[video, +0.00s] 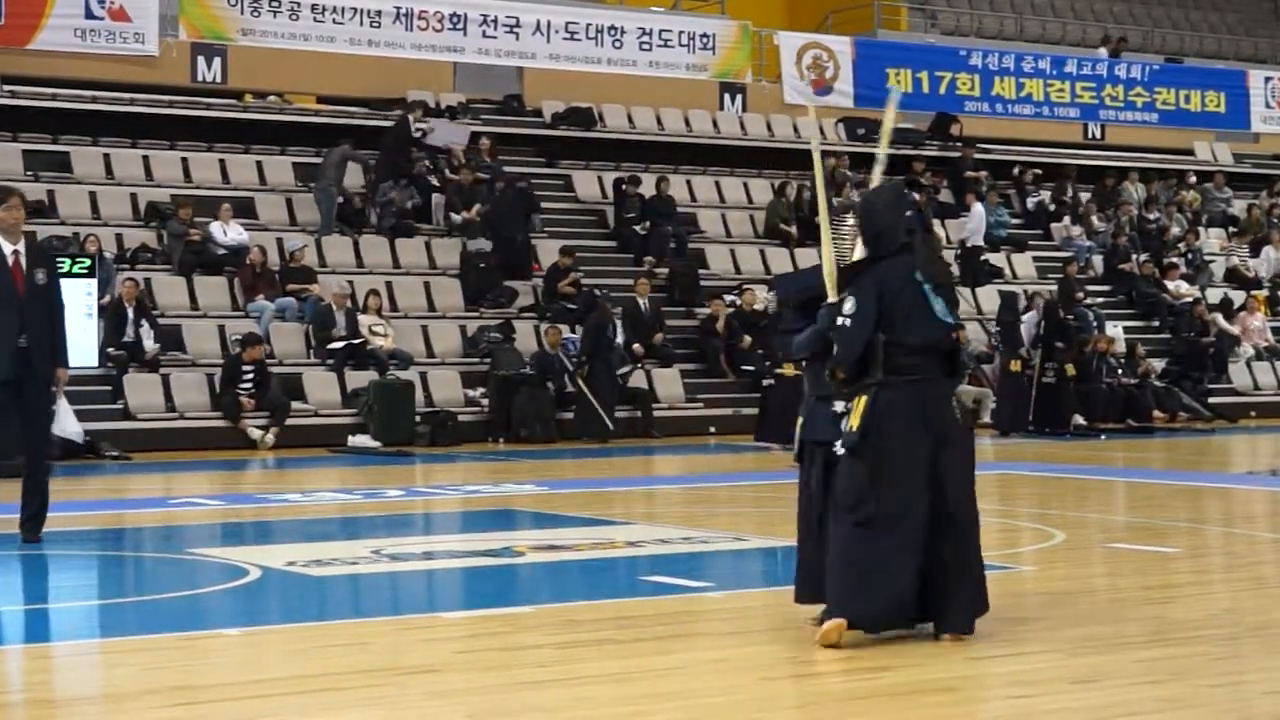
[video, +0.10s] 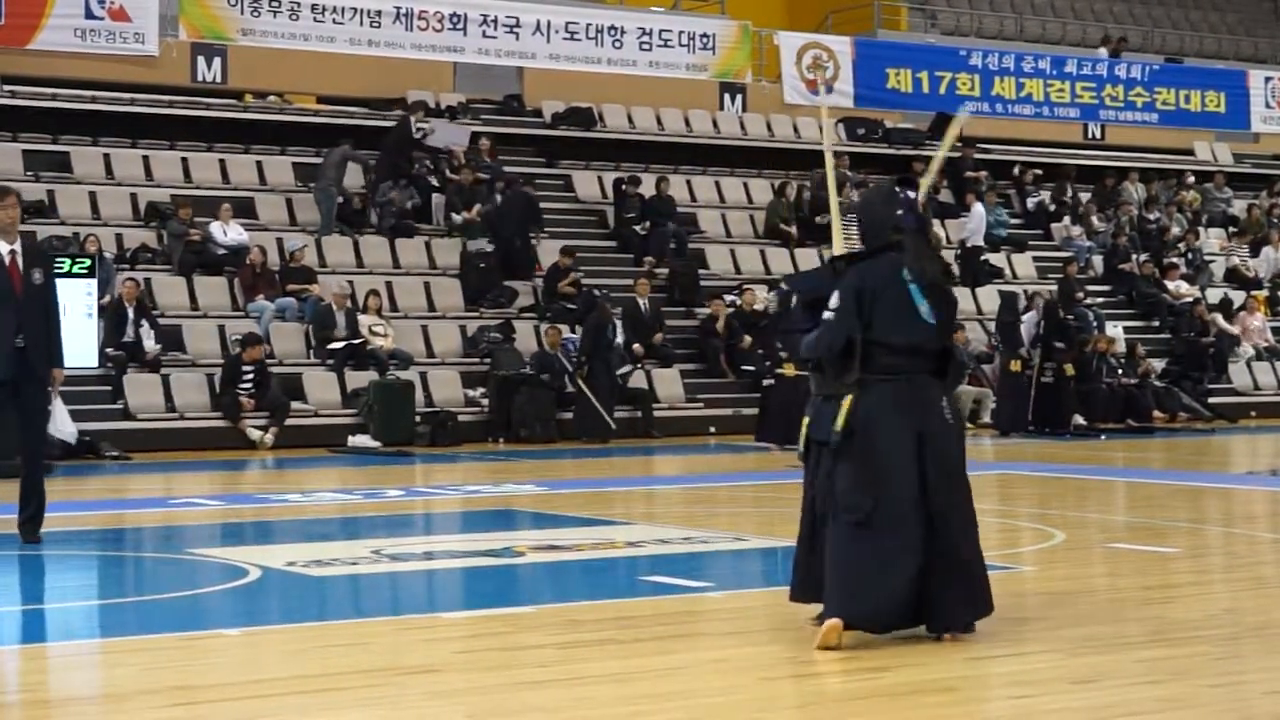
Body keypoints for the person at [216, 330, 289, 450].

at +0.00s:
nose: (261, 351)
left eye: (261, 348)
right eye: (258, 349)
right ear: (248, 349)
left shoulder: (261, 363)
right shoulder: (231, 362)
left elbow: (265, 385)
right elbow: (225, 389)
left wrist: (255, 400)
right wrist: (240, 399)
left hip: (256, 396)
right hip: (237, 396)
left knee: (283, 403)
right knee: (227, 402)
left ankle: (270, 435)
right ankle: (249, 430)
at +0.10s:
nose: (261, 351)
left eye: (261, 348)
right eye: (258, 348)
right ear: (248, 349)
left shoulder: (261, 363)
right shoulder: (231, 363)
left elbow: (265, 386)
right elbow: (225, 389)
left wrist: (255, 400)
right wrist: (240, 399)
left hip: (256, 396)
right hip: (237, 396)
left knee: (283, 403)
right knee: (227, 402)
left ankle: (270, 435)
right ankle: (248, 430)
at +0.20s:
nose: (261, 351)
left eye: (261, 348)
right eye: (258, 349)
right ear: (248, 349)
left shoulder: (261, 363)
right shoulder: (231, 363)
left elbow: (265, 386)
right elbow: (225, 389)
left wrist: (254, 400)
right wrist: (239, 399)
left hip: (256, 396)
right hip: (237, 397)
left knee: (283, 403)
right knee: (227, 402)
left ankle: (269, 435)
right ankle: (247, 430)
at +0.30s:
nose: (263, 351)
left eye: (262, 347)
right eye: (260, 348)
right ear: (249, 349)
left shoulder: (261, 362)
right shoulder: (231, 362)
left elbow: (265, 386)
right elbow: (225, 388)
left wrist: (254, 400)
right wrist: (239, 399)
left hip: (256, 396)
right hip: (236, 396)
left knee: (283, 403)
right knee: (225, 403)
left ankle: (267, 435)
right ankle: (247, 431)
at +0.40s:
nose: (262, 350)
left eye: (262, 347)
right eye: (259, 348)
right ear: (249, 349)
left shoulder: (260, 362)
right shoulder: (231, 362)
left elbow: (265, 386)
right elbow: (225, 388)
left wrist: (254, 400)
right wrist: (239, 399)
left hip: (255, 396)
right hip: (235, 396)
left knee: (282, 403)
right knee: (225, 403)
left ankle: (267, 435)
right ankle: (247, 432)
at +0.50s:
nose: (262, 350)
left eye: (262, 347)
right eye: (259, 348)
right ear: (249, 349)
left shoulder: (260, 362)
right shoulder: (231, 362)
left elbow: (265, 386)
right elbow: (225, 388)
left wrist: (254, 400)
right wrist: (239, 399)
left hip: (256, 396)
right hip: (236, 396)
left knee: (283, 403)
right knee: (225, 403)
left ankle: (268, 435)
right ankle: (247, 431)